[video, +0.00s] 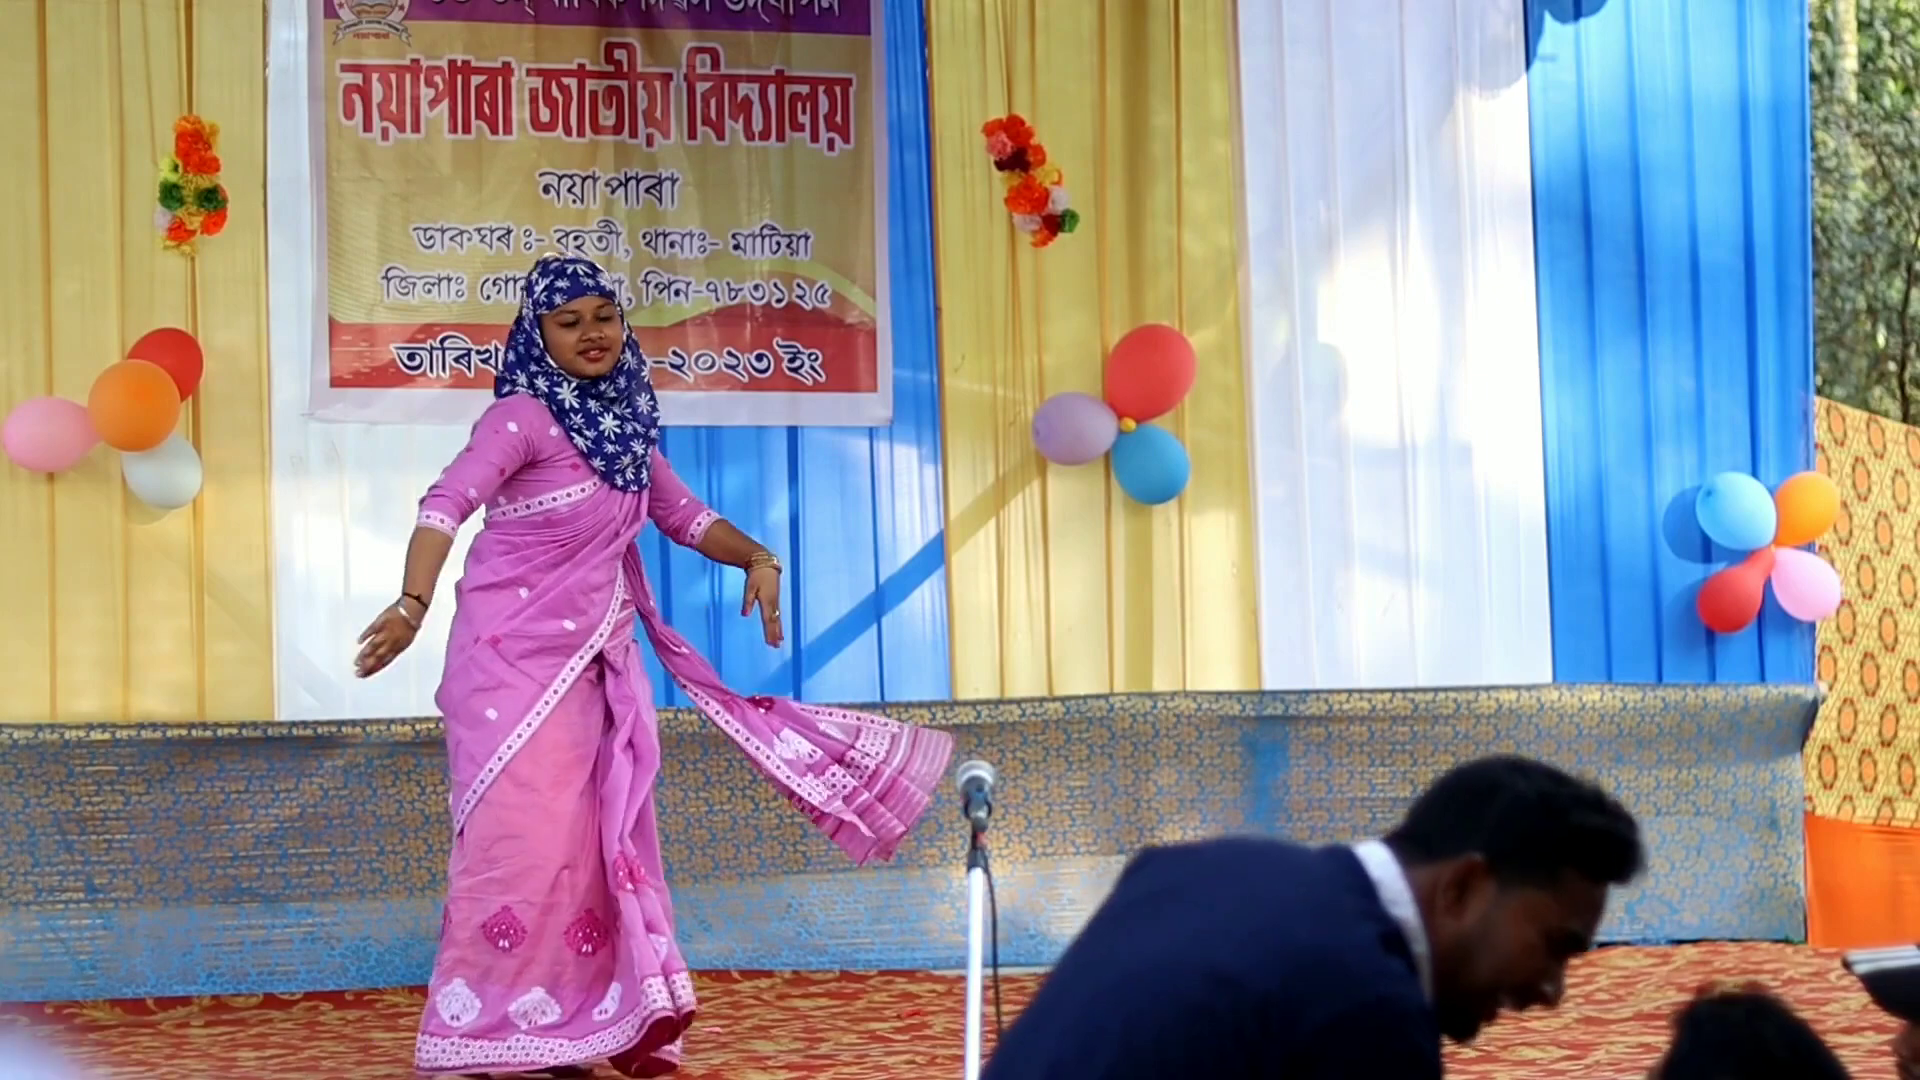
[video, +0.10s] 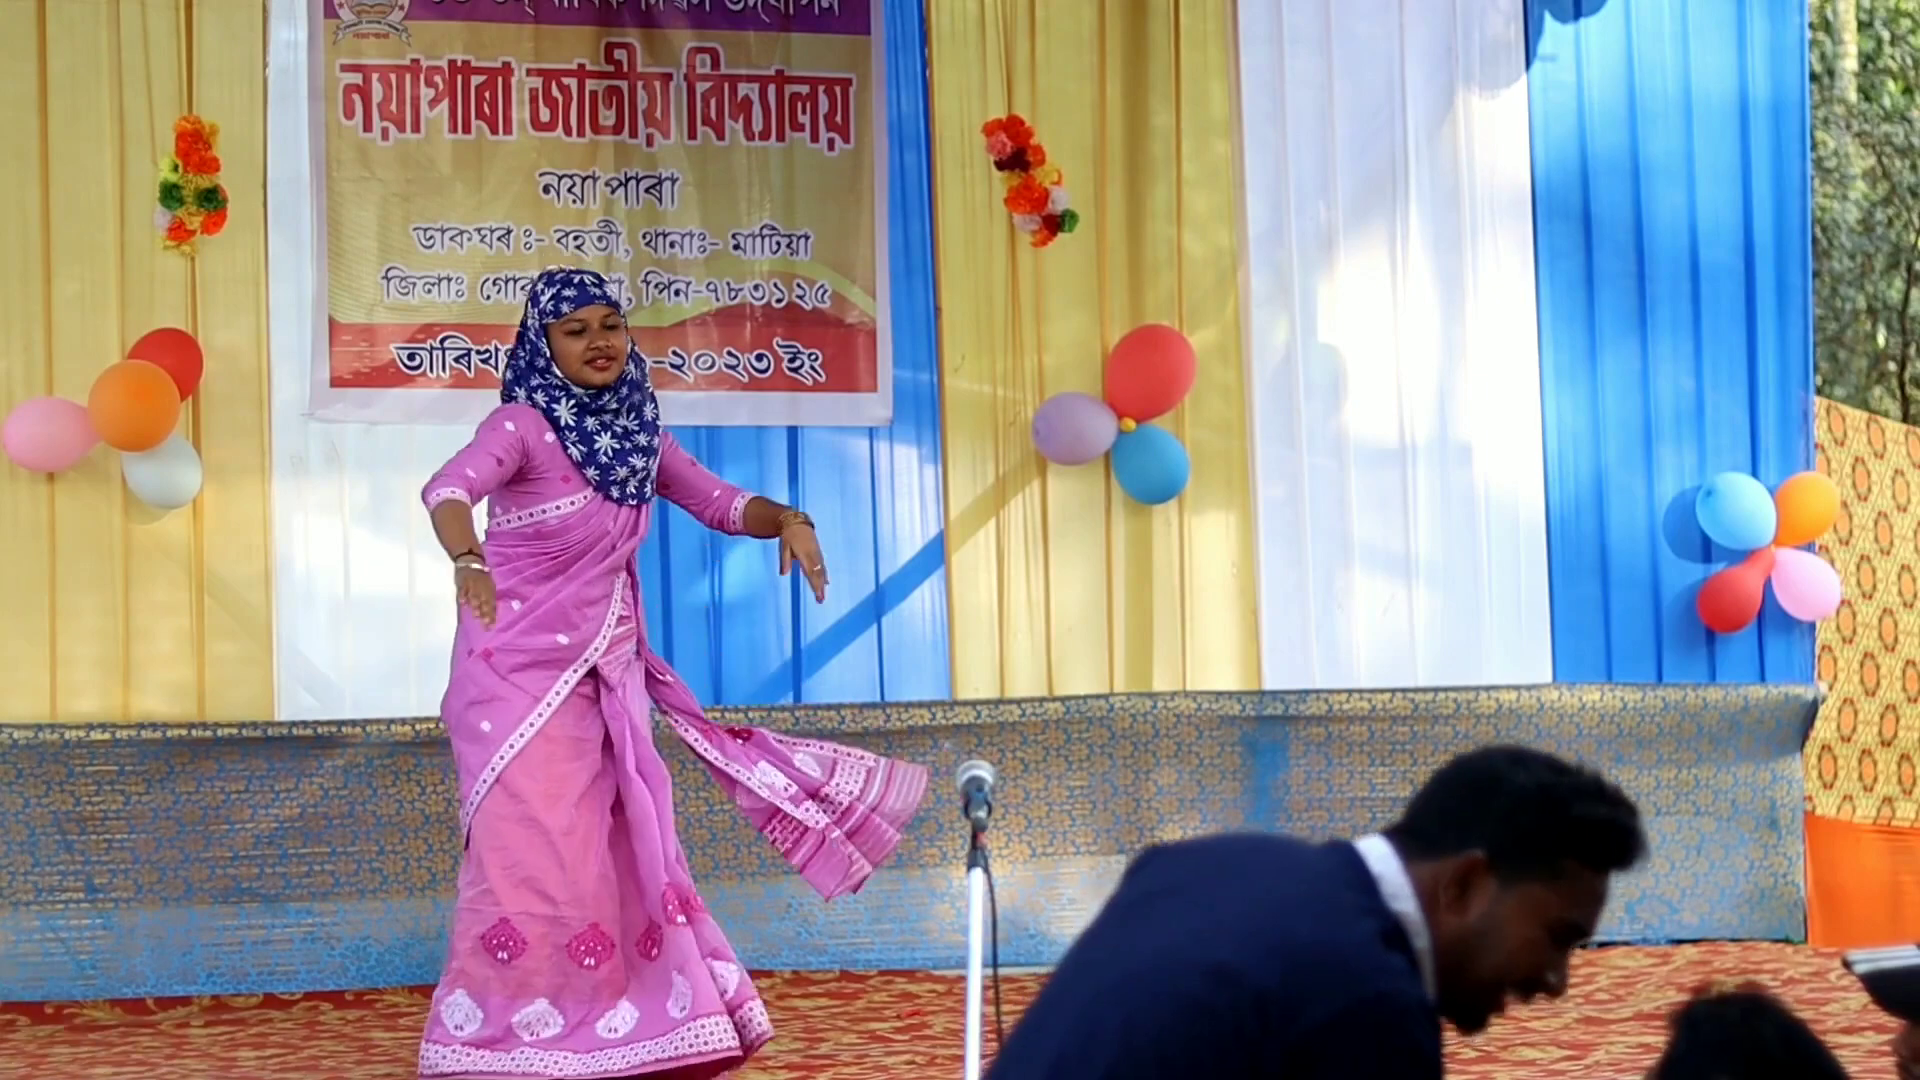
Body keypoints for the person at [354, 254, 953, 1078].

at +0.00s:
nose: (594, 337)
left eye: (606, 319)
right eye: (572, 324)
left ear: (623, 321)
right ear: (539, 335)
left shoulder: (629, 421)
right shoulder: (522, 416)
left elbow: (686, 518)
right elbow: (444, 507)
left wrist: (756, 556)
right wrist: (413, 602)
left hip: (599, 661)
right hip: (514, 662)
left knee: (604, 836)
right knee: (530, 839)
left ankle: (605, 1019)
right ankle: (494, 1036)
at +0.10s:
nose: (599, 344)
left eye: (610, 326)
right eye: (577, 331)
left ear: (627, 333)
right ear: (544, 345)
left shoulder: (637, 432)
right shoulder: (521, 424)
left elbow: (719, 503)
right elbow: (446, 492)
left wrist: (784, 517)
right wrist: (466, 555)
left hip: (602, 671)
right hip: (514, 671)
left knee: (606, 843)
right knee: (541, 847)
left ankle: (608, 1027)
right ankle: (525, 1034)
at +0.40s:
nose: (604, 297)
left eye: (610, 285)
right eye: (585, 285)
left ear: (622, 302)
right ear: (539, 303)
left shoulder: (640, 385)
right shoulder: (497, 390)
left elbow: (735, 427)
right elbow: (494, 433)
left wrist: (830, 448)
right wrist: (564, 361)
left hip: (639, 617)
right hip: (536, 625)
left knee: (674, 795)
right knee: (554, 813)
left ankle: (716, 994)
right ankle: (576, 1023)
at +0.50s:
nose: (608, 324)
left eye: (616, 310)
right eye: (587, 309)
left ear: (626, 323)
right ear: (540, 321)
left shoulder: (646, 403)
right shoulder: (501, 414)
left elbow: (721, 441)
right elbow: (506, 462)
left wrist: (801, 453)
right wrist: (588, 407)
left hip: (656, 647)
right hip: (549, 657)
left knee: (706, 822)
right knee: (562, 848)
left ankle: (763, 1027)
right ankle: (588, 1049)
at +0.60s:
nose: (614, 307)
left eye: (619, 295)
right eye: (595, 294)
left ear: (625, 308)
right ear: (545, 306)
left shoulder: (649, 385)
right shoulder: (507, 404)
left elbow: (721, 438)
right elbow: (459, 484)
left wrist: (789, 458)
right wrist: (535, 452)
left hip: (665, 627)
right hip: (560, 638)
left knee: (711, 802)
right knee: (578, 825)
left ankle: (763, 1007)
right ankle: (594, 1034)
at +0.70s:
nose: (613, 322)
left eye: (616, 312)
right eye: (593, 310)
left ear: (620, 324)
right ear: (541, 323)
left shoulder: (646, 396)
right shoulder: (515, 431)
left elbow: (737, 450)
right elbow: (426, 507)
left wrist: (827, 479)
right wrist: (483, 424)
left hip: (660, 639)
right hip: (555, 651)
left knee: (701, 811)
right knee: (574, 842)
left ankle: (744, 1008)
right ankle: (599, 1037)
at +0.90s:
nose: (629, 363)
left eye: (633, 350)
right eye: (606, 351)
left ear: (641, 362)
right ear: (561, 368)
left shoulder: (669, 441)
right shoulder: (531, 467)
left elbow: (777, 473)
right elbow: (458, 533)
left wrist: (865, 453)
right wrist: (518, 443)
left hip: (700, 670)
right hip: (591, 690)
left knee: (789, 792)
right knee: (586, 877)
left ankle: (850, 901)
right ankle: (630, 1043)